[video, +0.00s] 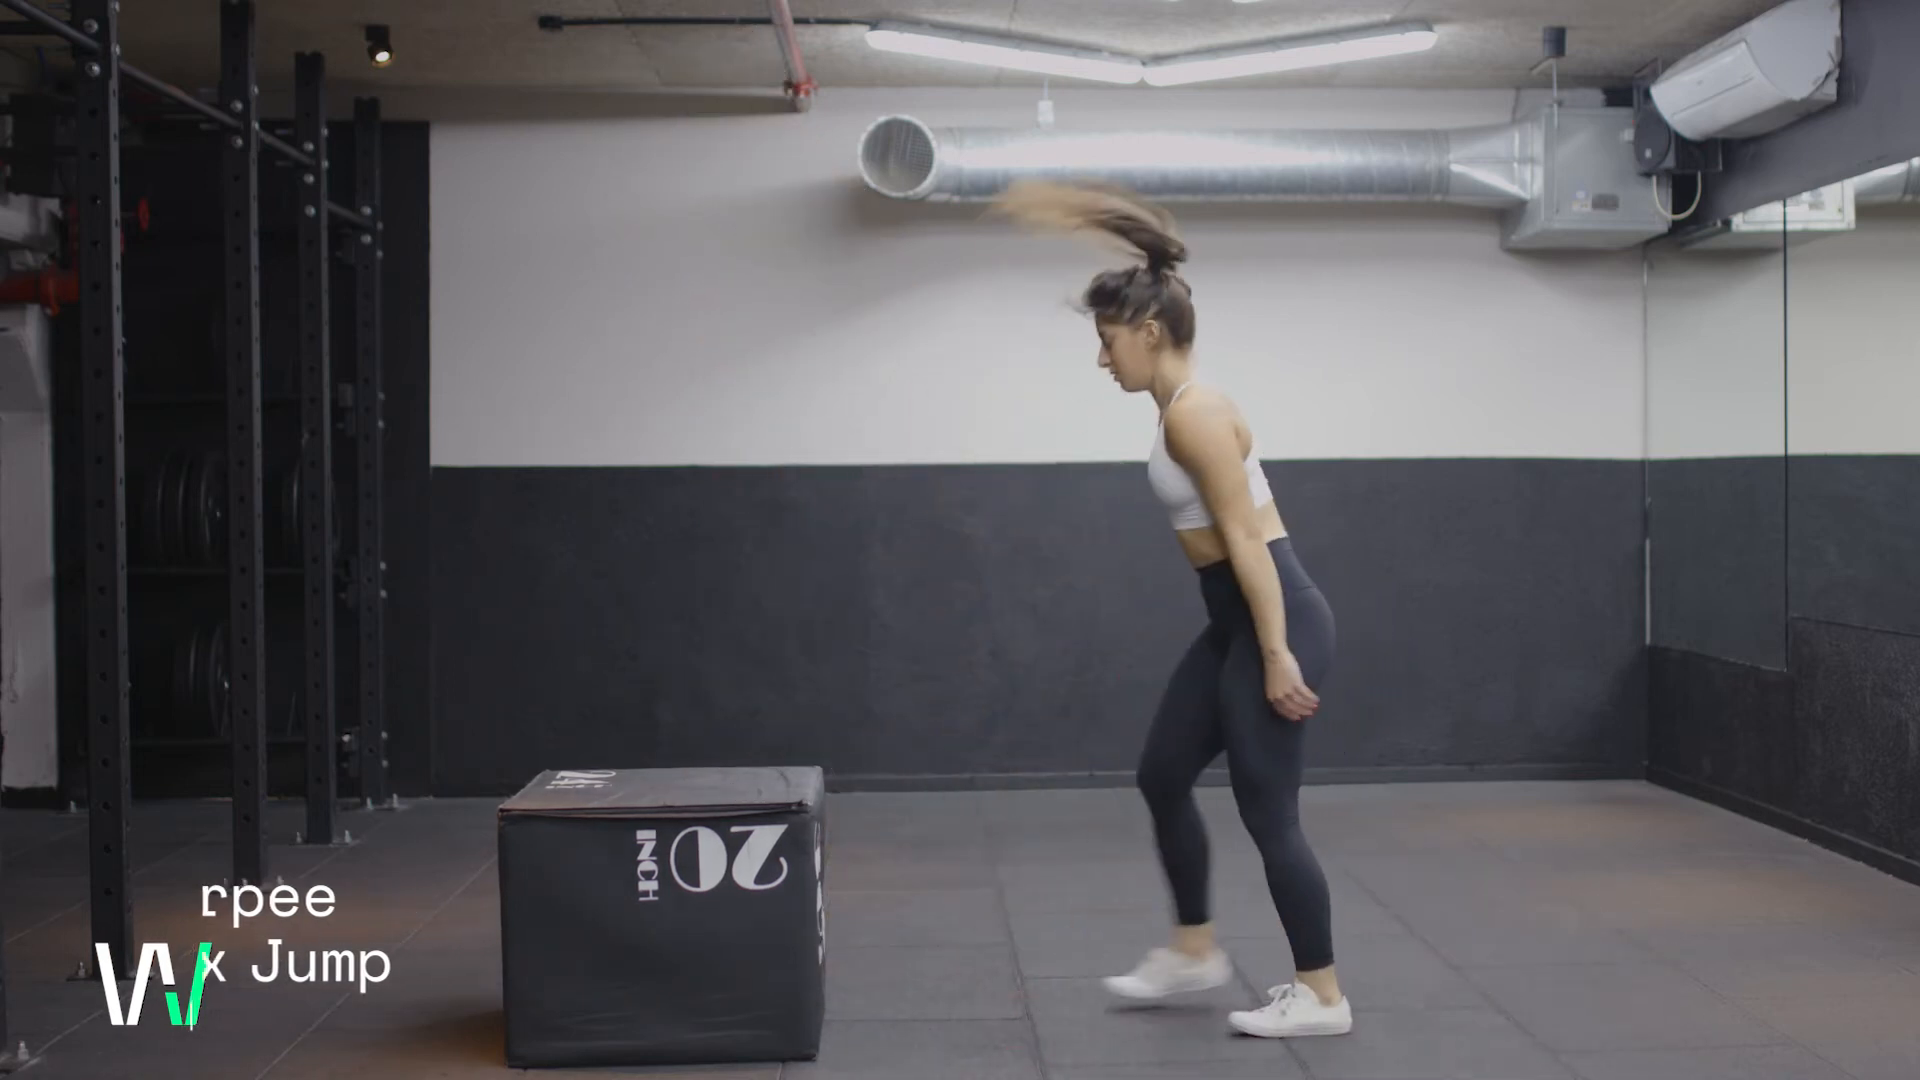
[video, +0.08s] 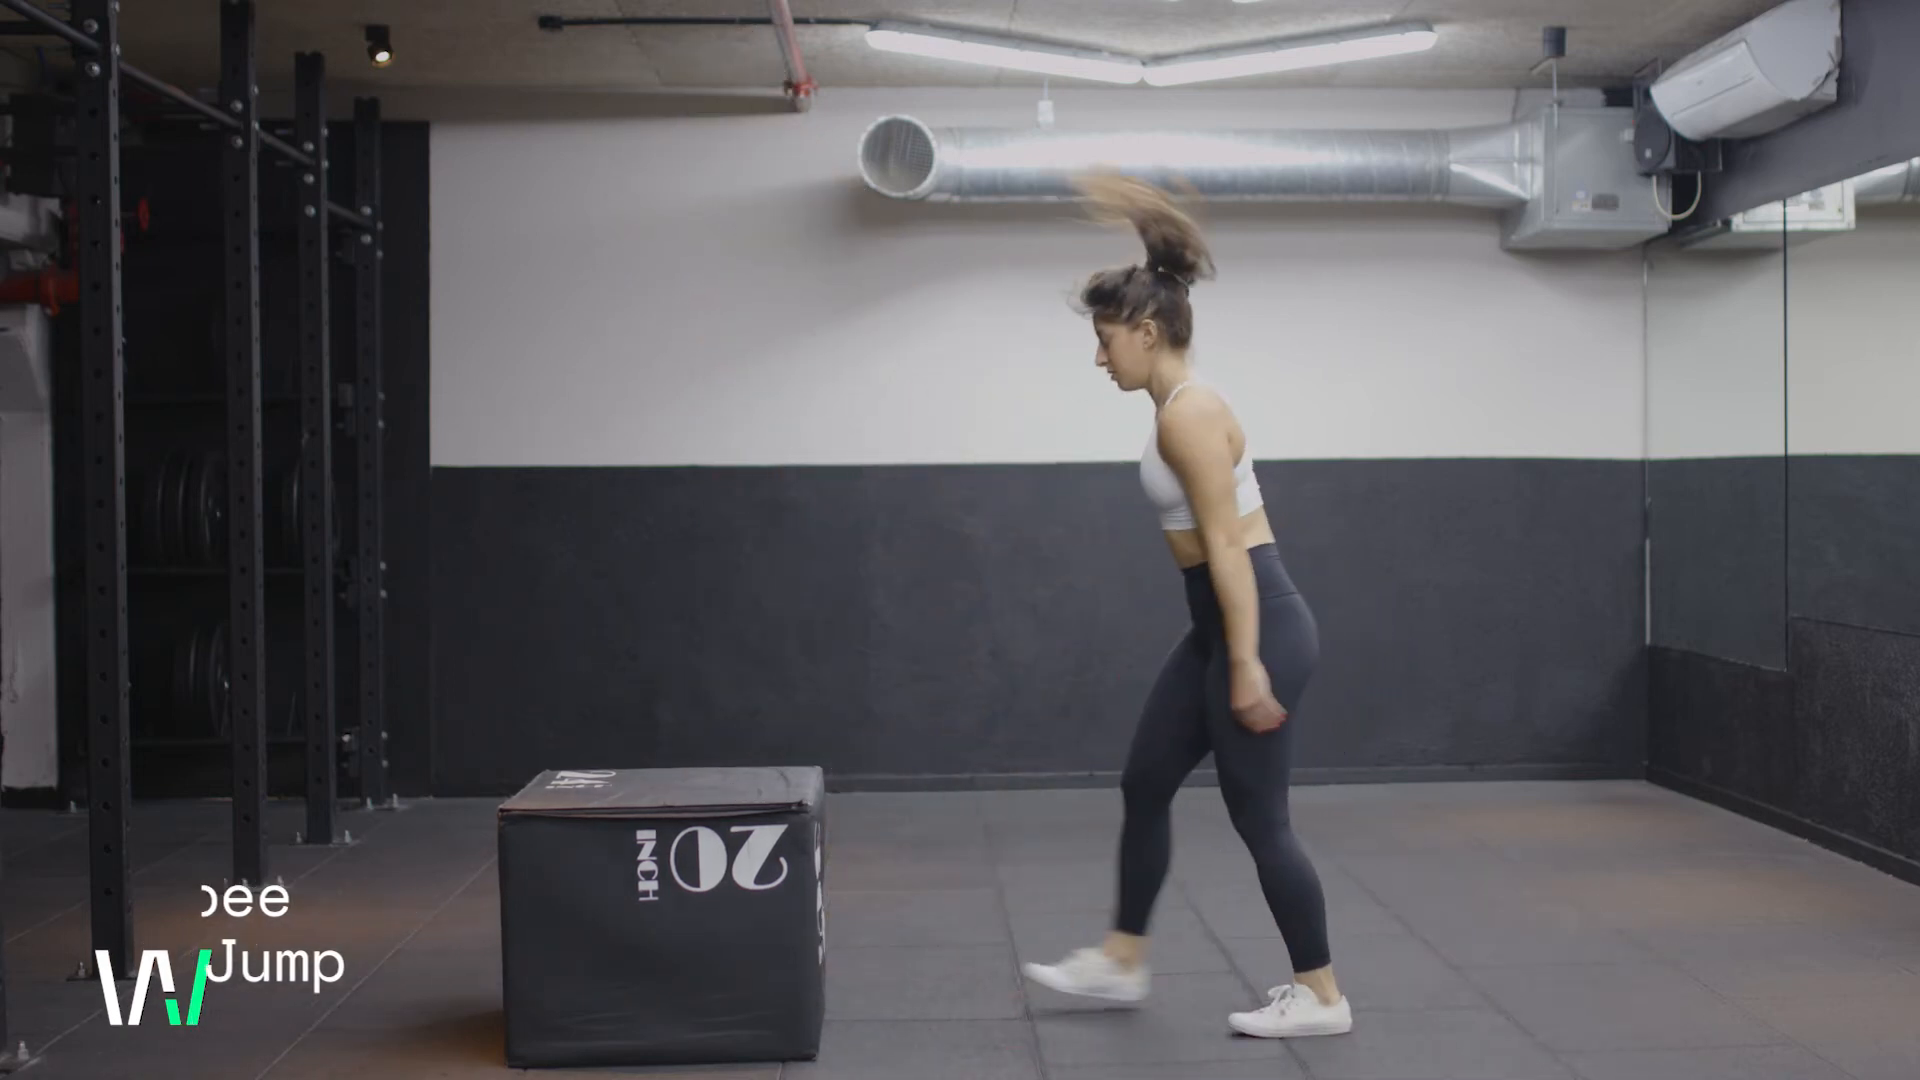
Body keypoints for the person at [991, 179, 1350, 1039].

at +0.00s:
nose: (1103, 355)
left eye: (1109, 339)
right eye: (1101, 340)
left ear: (1153, 333)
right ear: (1148, 333)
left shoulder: (1196, 417)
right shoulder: (1185, 412)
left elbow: (1248, 536)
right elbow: (1242, 532)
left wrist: (1275, 654)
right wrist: (1256, 643)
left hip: (1272, 623)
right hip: (1235, 621)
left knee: (1269, 814)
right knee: (1164, 775)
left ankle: (1323, 994)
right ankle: (1193, 950)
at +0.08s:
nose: (1100, 355)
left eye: (1107, 338)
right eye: (1098, 339)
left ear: (1151, 333)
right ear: (1152, 332)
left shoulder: (1187, 416)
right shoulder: (1184, 409)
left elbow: (1227, 546)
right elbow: (1224, 542)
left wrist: (1245, 665)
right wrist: (1229, 649)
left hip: (1258, 622)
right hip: (1221, 617)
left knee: (1261, 819)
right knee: (1147, 780)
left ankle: (1319, 991)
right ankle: (1123, 957)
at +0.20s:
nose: (1079, 368)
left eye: (1084, 351)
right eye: (1077, 352)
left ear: (1125, 342)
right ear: (1123, 343)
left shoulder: (1164, 426)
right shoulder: (1165, 417)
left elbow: (1186, 558)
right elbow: (1187, 552)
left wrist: (1178, 678)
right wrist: (1184, 663)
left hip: (1226, 638)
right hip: (1197, 632)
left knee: (1241, 821)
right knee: (1120, 807)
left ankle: (1320, 994)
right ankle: (1044, 961)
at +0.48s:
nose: (955, 364)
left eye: (963, 347)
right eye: (954, 348)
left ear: (1005, 343)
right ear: (1009, 344)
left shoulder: (1040, 412)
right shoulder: (1059, 398)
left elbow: (1123, 493)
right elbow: (1135, 471)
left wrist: (1117, 615)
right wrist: (1111, 579)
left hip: (1113, 624)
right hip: (1090, 621)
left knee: (1112, 813)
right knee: (1059, 805)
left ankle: (1258, 941)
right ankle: (1023, 973)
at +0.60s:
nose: (900, 374)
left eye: (906, 356)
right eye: (898, 359)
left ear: (949, 347)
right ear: (945, 350)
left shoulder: (996, 405)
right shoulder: (986, 411)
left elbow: (1107, 438)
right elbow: (1094, 453)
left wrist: (1131, 550)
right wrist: (1109, 548)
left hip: (1090, 618)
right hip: (1067, 620)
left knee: (1045, 797)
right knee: (1045, 799)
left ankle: (1158, 944)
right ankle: (1023, 971)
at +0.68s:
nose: (867, 386)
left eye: (873, 368)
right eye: (864, 371)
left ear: (914, 356)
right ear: (906, 358)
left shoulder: (962, 411)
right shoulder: (955, 416)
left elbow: (1086, 435)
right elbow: (1071, 446)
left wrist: (1121, 546)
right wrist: (1089, 545)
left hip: (1076, 617)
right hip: (1059, 616)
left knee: (1025, 794)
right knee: (1022, 793)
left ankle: (1071, 977)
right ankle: (1027, 969)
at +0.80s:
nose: (830, 416)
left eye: (835, 398)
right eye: (828, 401)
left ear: (874, 390)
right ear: (873, 390)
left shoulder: (931, 452)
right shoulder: (918, 454)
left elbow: (1043, 517)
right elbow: (1032, 514)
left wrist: (1031, 637)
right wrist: (1004, 633)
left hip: (1048, 643)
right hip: (1029, 640)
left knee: (966, 810)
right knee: (963, 807)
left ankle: (1010, 995)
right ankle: (1011, 977)